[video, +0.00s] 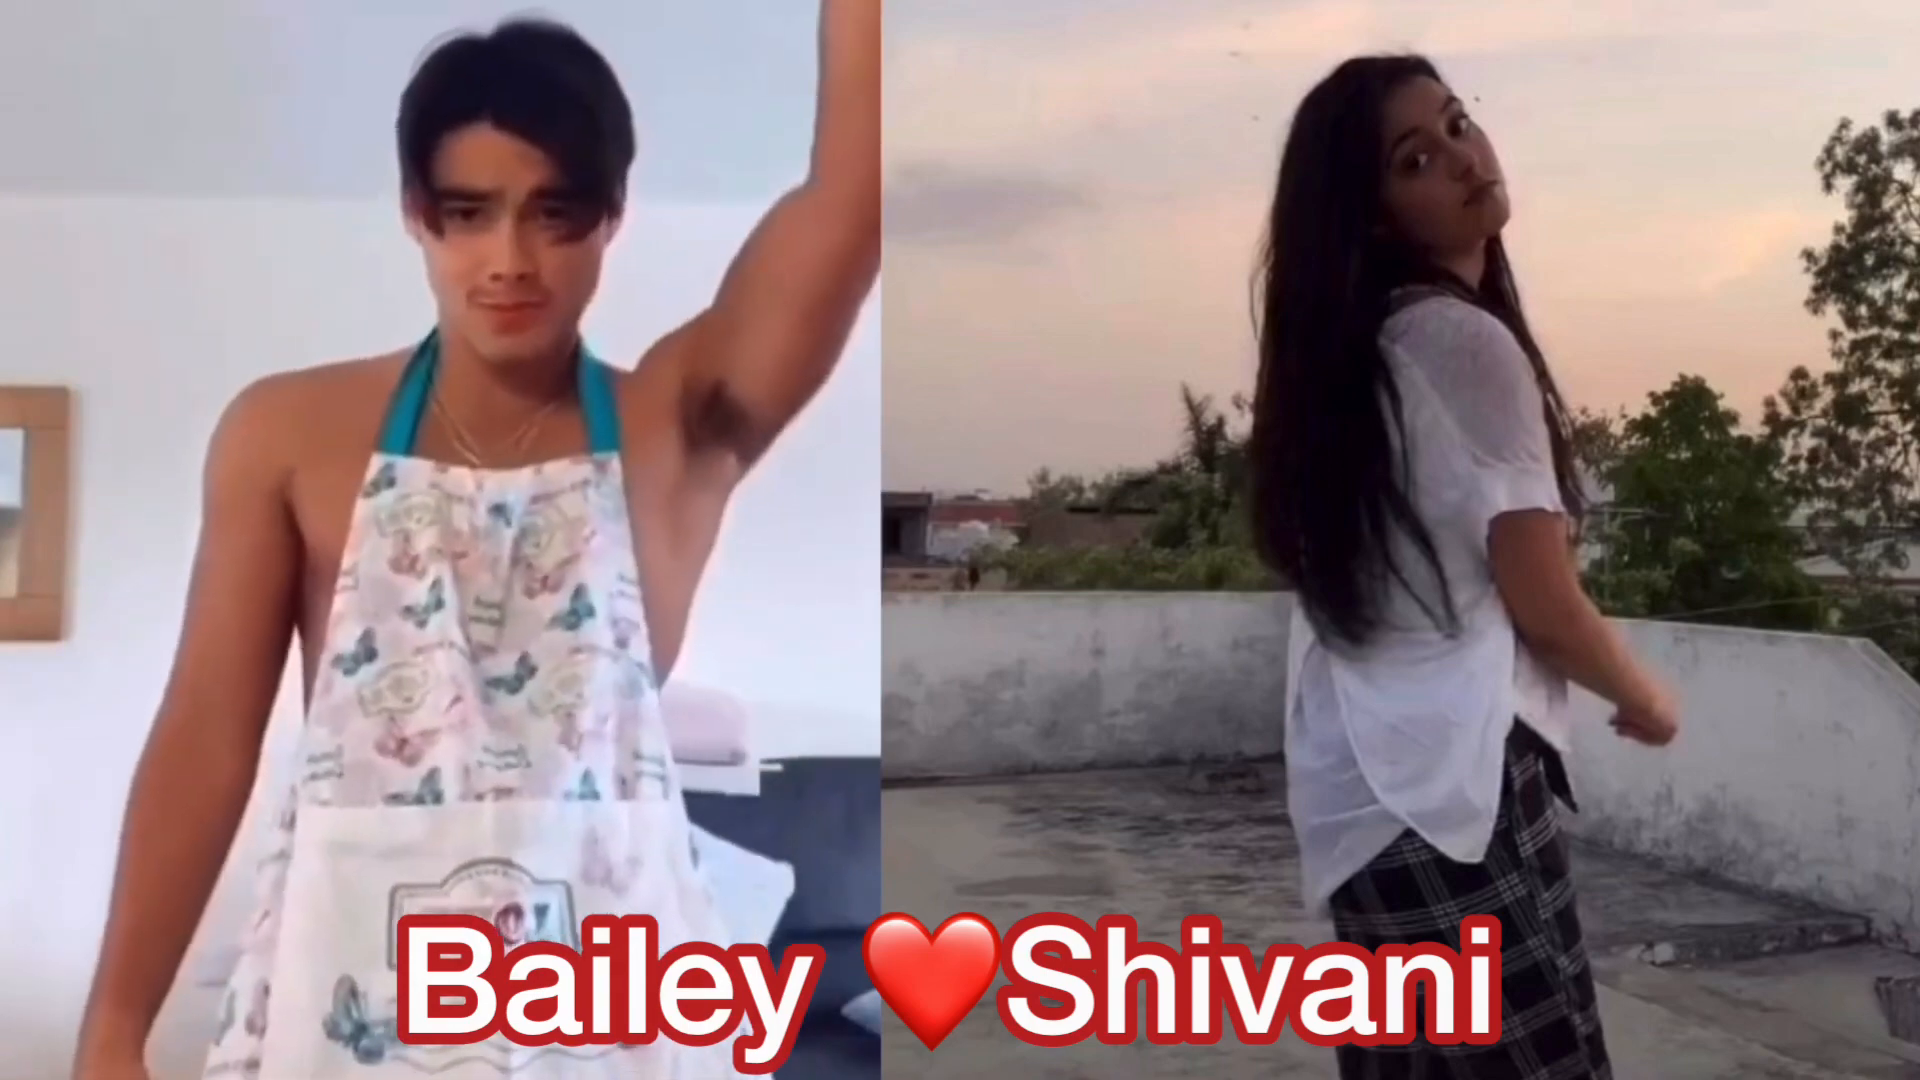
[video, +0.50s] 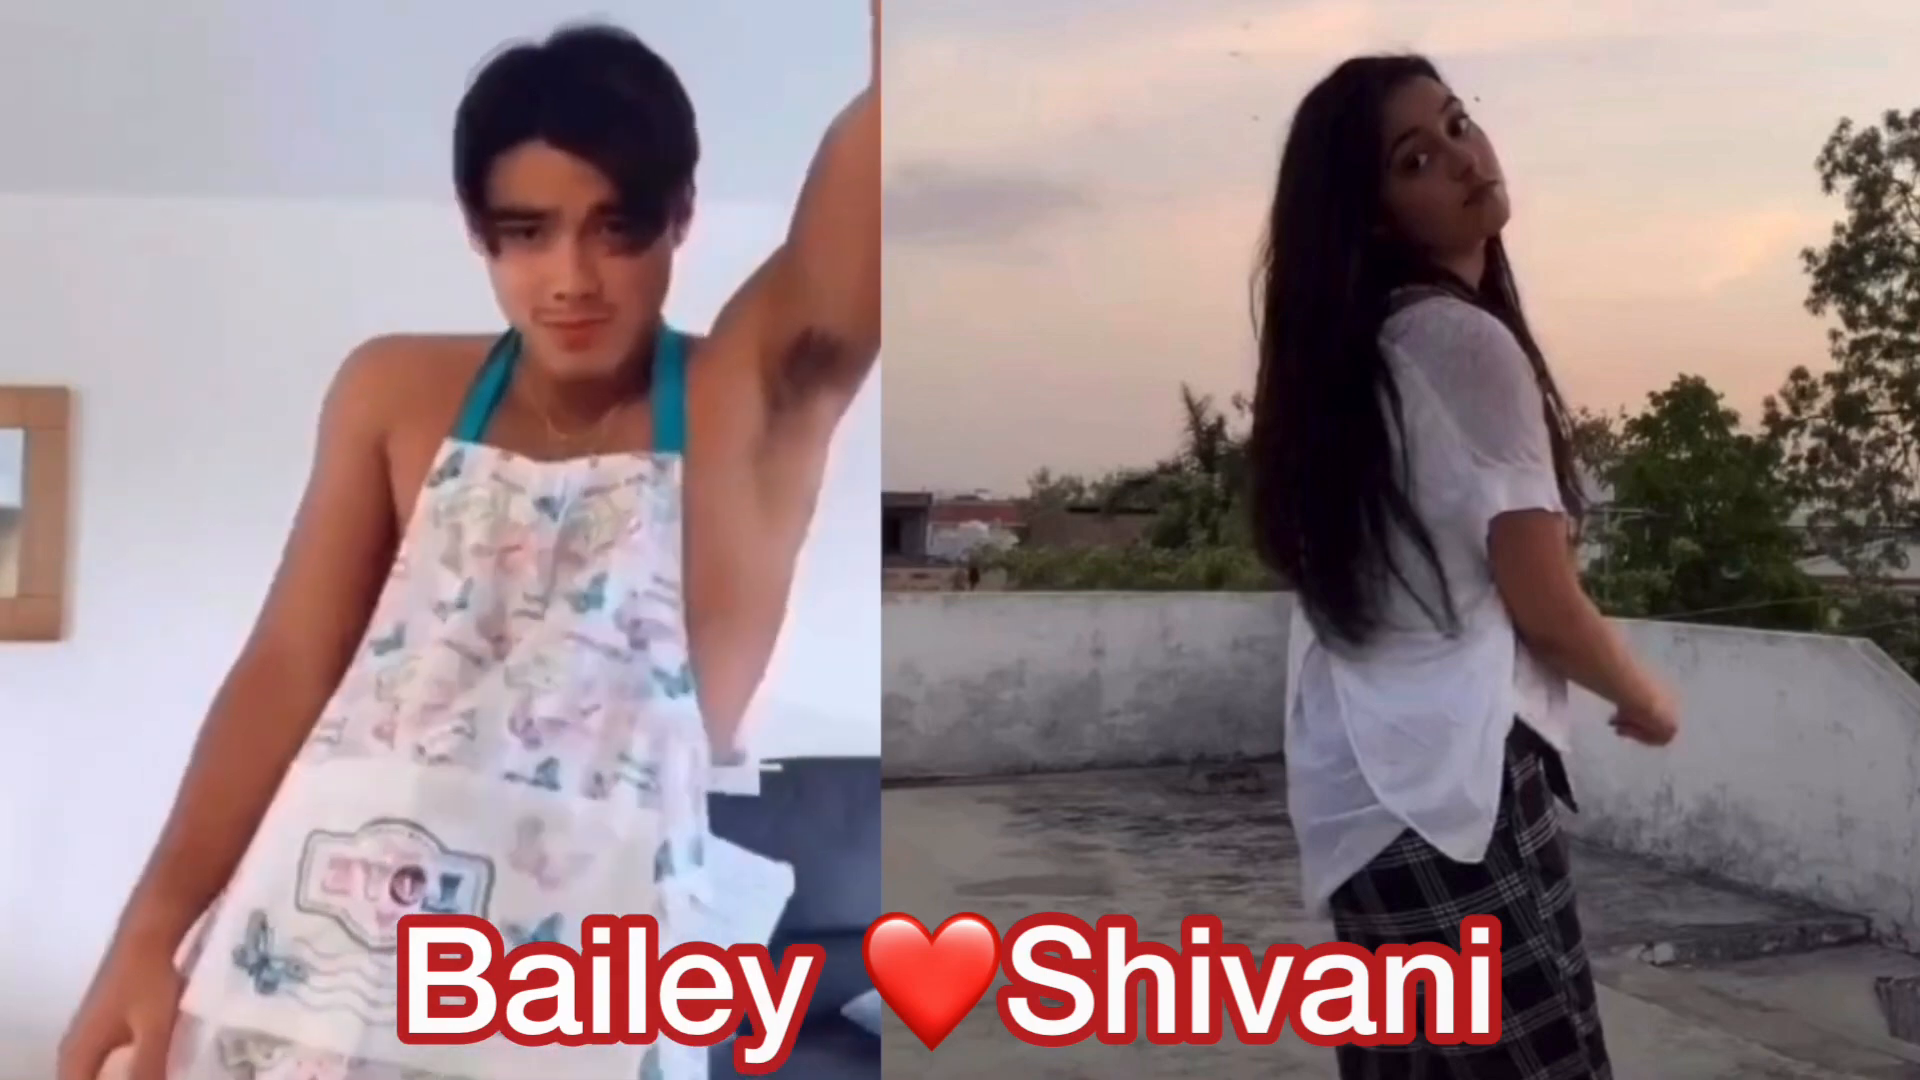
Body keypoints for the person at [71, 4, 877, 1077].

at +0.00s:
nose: (509, 263)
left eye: (555, 215)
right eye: (467, 214)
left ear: (612, 220)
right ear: (418, 219)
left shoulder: (686, 425)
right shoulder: (288, 433)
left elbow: (849, 202)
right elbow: (203, 743)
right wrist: (115, 1031)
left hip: (610, 998)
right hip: (344, 992)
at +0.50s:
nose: (572, 278)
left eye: (617, 227)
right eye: (525, 231)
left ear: (682, 220)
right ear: (479, 235)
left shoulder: (767, 391)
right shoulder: (394, 391)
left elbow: (910, 106)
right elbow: (282, 676)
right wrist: (148, 940)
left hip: (604, 966)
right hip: (324, 938)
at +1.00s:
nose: (600, 356)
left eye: (649, 309)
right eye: (553, 305)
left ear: (705, 322)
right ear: (498, 310)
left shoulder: (783, 444)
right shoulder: (388, 574)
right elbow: (368, 918)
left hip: (824, 1036)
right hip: (576, 1051)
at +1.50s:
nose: (478, 341)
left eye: (524, 299)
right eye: (439, 293)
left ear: (577, 299)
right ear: (387, 292)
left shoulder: (620, 424)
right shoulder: (287, 446)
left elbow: (813, 241)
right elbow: (209, 762)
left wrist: (857, 3)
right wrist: (236, 1049)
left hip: (608, 1002)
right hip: (383, 1012)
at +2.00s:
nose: (424, 298)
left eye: (470, 257)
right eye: (386, 252)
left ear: (535, 265)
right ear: (343, 262)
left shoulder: (626, 506)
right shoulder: (223, 450)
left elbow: (699, 778)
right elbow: (27, 594)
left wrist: (822, 948)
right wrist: (292, 498)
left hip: (477, 991)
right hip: (242, 970)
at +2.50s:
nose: (578, 291)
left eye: (624, 246)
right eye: (533, 245)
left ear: (682, 258)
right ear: (486, 255)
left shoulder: (784, 474)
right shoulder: (384, 453)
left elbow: (845, 759)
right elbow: (110, 621)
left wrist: (861, 990)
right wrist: (295, 476)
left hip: (745, 983)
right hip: (488, 996)